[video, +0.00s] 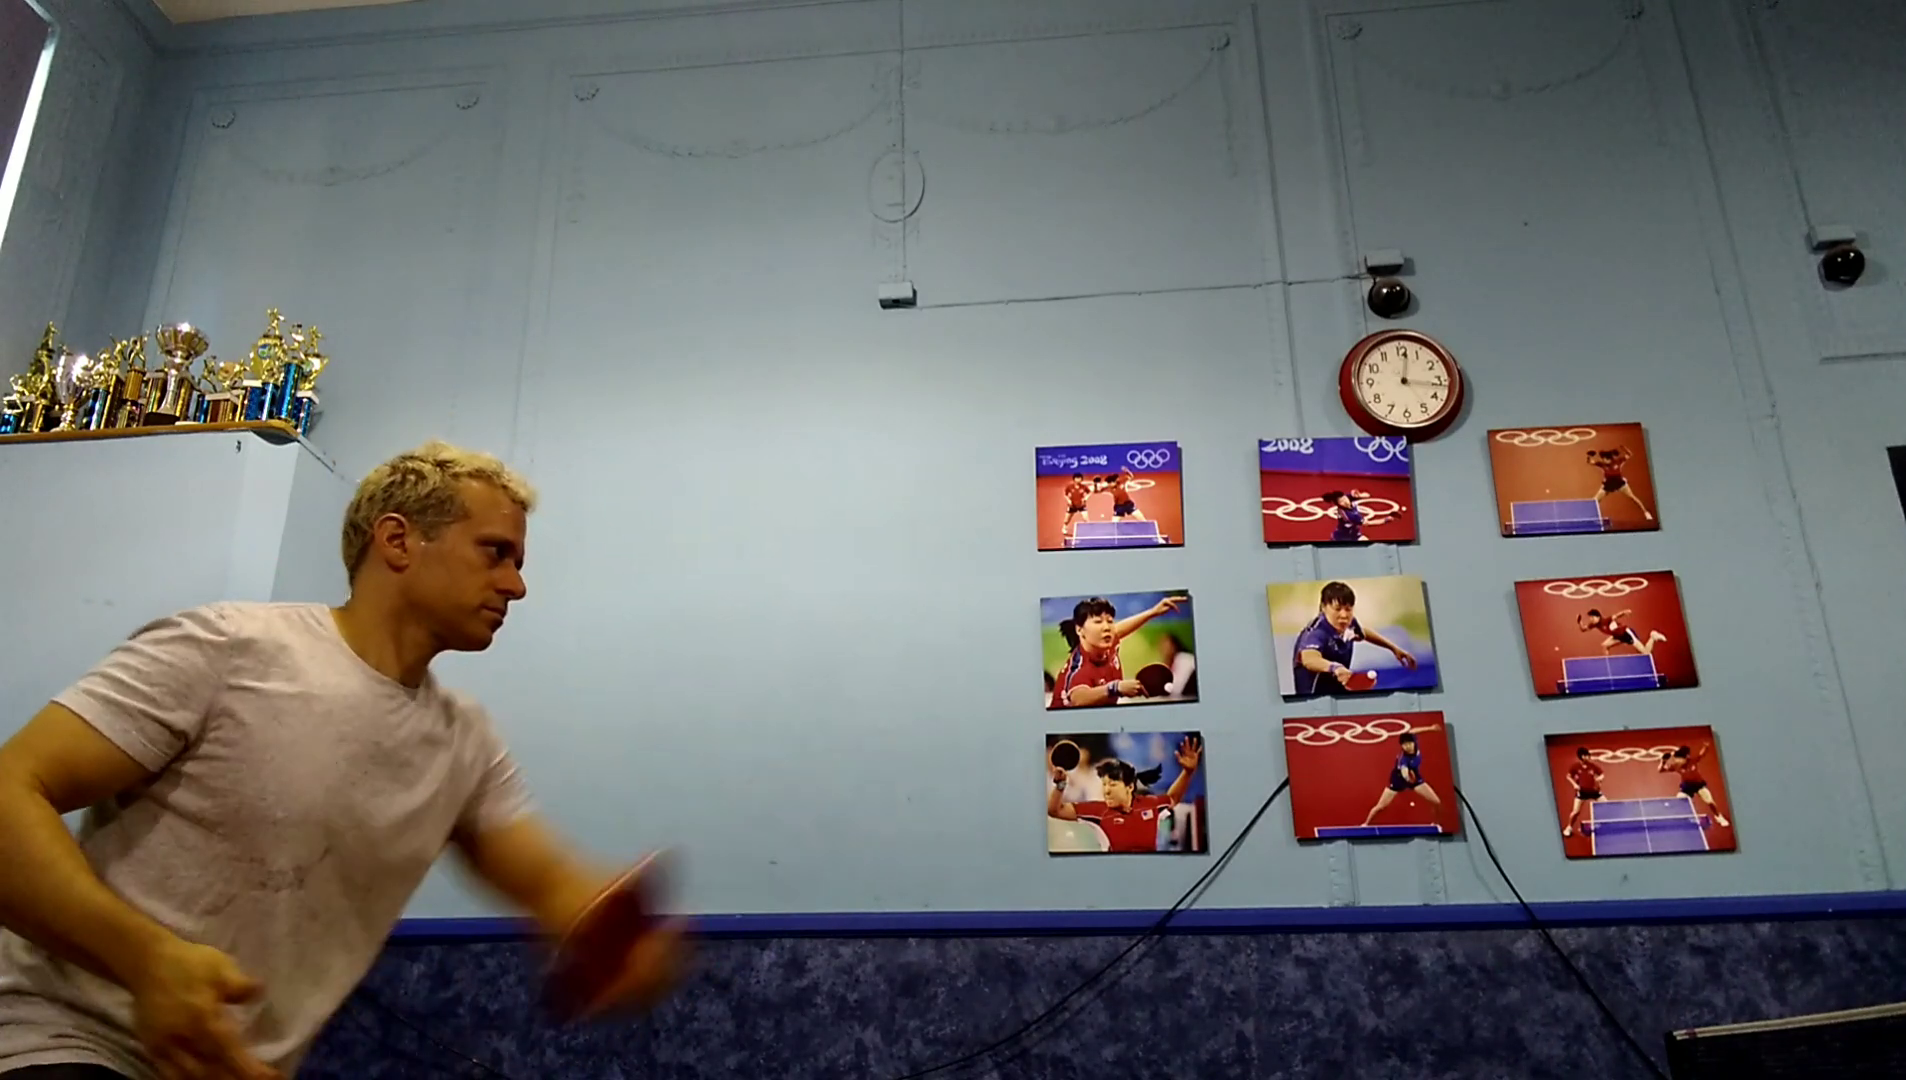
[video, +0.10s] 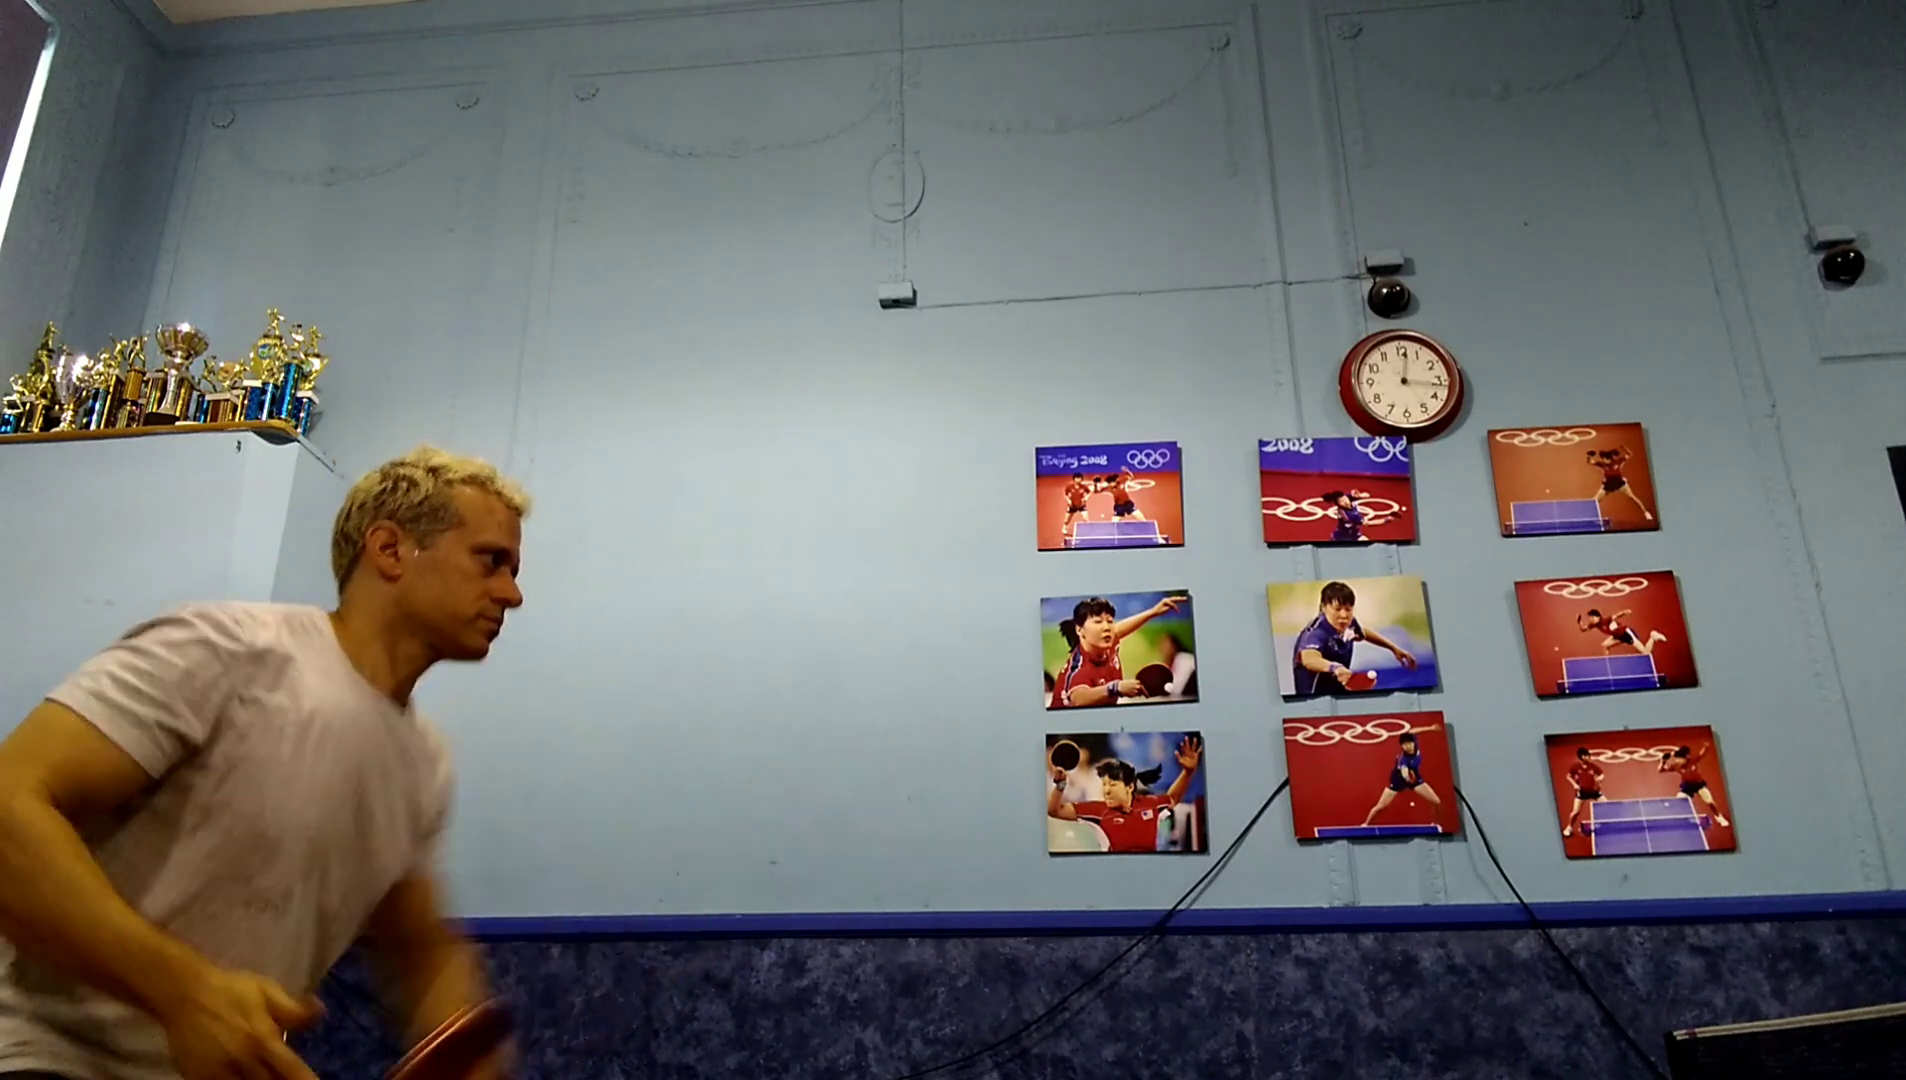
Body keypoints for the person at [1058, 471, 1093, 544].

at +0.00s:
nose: (1078, 481)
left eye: (1080, 479)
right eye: (1077, 479)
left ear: (1081, 480)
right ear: (1074, 480)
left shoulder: (1083, 487)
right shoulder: (1070, 487)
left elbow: (1089, 492)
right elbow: (1065, 494)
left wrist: (1085, 498)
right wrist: (1068, 501)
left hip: (1081, 505)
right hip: (1072, 505)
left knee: (1086, 519)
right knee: (1066, 520)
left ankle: (1090, 531)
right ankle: (1064, 528)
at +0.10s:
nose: (1078, 481)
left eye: (1079, 479)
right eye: (1077, 479)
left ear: (1081, 480)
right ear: (1074, 480)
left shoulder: (1083, 487)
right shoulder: (1070, 487)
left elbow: (1089, 492)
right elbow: (1065, 494)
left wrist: (1085, 498)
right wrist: (1068, 501)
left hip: (1081, 505)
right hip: (1072, 505)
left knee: (1086, 519)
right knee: (1066, 520)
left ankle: (1090, 531)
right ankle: (1064, 528)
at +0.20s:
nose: (1078, 481)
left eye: (1079, 479)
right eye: (1077, 479)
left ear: (1081, 480)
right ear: (1074, 480)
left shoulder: (1083, 487)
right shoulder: (1070, 487)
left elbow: (1089, 492)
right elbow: (1065, 494)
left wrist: (1085, 498)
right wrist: (1068, 500)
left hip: (1081, 505)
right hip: (1072, 505)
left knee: (1086, 519)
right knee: (1066, 520)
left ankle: (1090, 530)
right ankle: (1064, 529)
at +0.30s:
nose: (1078, 481)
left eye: (1079, 479)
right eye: (1077, 479)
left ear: (1081, 479)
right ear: (1074, 480)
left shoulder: (1083, 487)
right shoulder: (1070, 487)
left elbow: (1089, 492)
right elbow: (1065, 494)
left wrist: (1085, 498)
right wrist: (1068, 500)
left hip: (1081, 505)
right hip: (1072, 505)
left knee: (1086, 519)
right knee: (1066, 520)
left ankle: (1090, 531)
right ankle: (1064, 528)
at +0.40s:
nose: (1078, 481)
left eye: (1079, 479)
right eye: (1077, 479)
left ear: (1081, 479)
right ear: (1074, 480)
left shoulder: (1083, 487)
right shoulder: (1070, 487)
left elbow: (1089, 492)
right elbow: (1065, 494)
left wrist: (1085, 498)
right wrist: (1068, 500)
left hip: (1081, 505)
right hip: (1072, 505)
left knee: (1086, 519)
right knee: (1066, 520)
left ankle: (1090, 531)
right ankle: (1064, 528)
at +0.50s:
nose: (1078, 481)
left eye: (1079, 479)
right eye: (1077, 479)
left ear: (1081, 479)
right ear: (1074, 480)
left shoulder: (1083, 487)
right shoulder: (1070, 487)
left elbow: (1089, 492)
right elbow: (1065, 494)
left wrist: (1085, 498)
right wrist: (1068, 500)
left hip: (1081, 505)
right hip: (1072, 505)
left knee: (1086, 519)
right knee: (1066, 520)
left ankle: (1090, 531)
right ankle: (1064, 528)